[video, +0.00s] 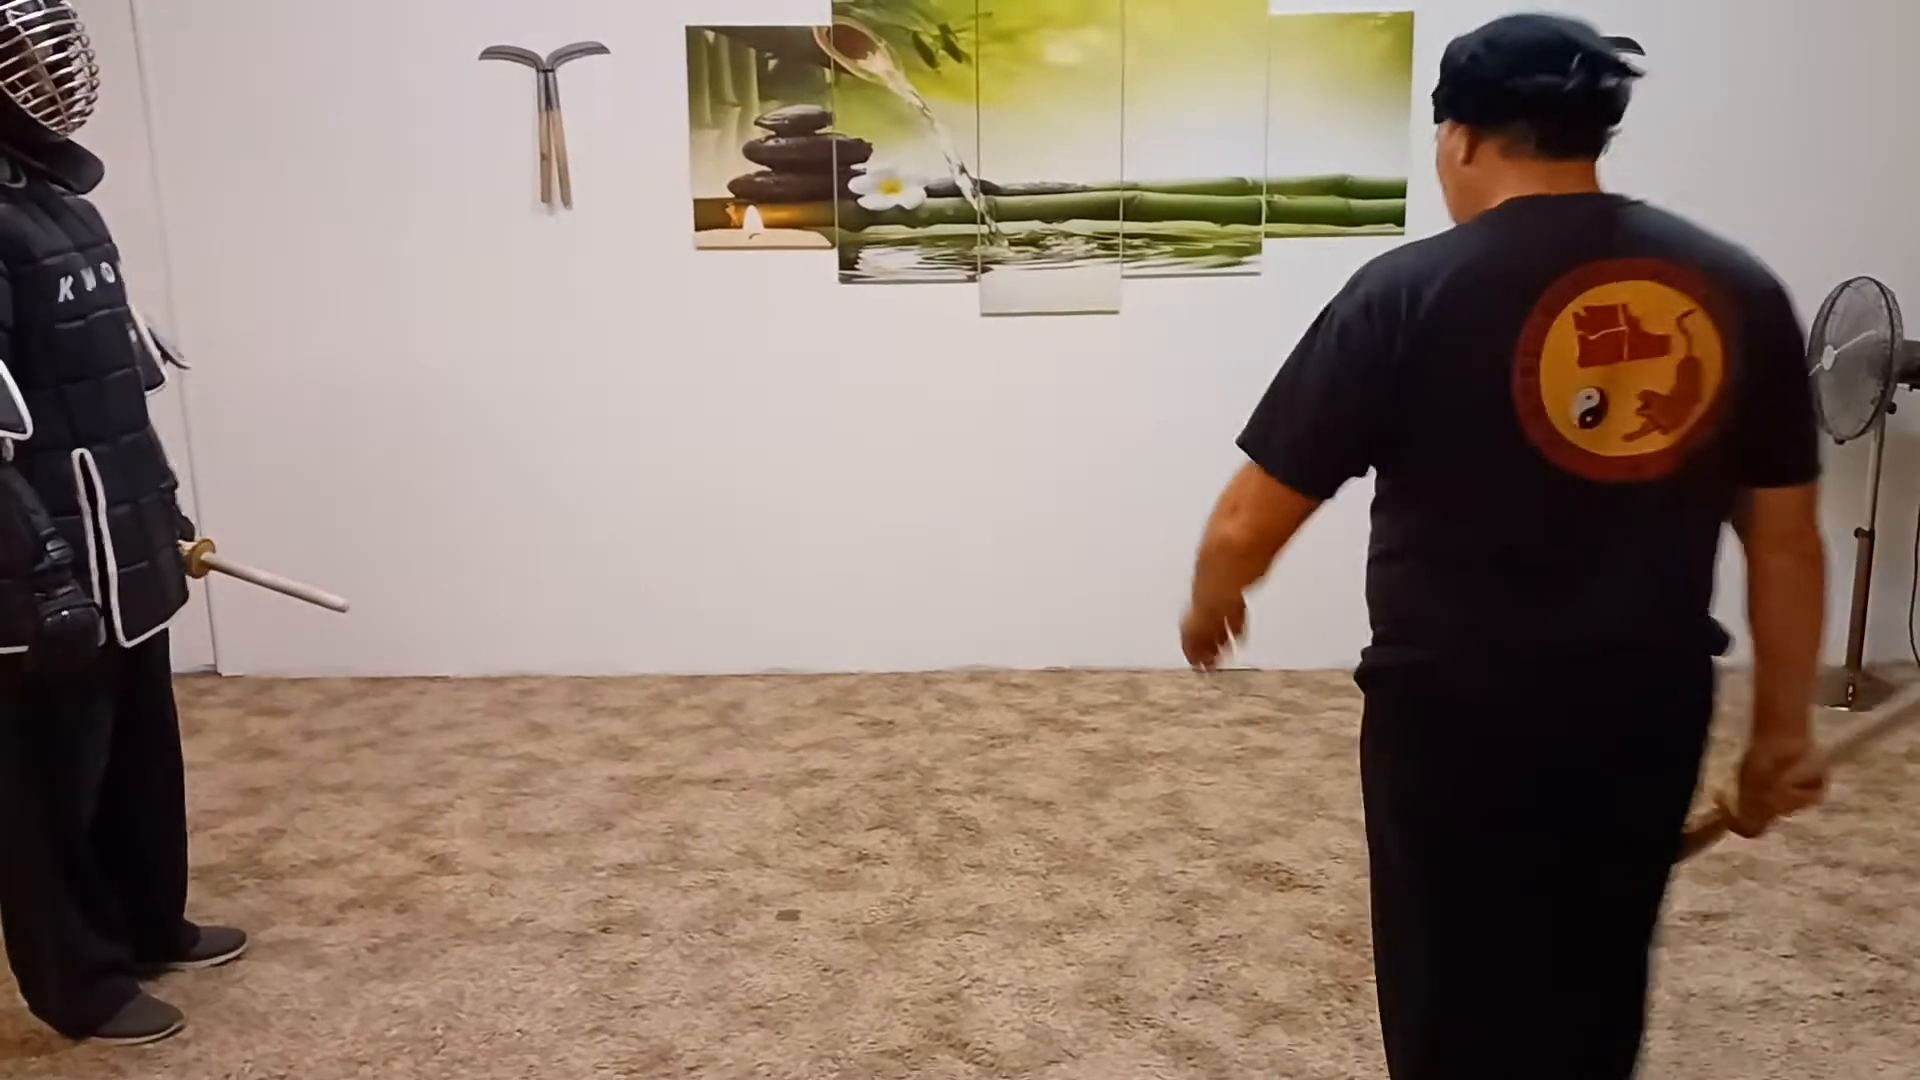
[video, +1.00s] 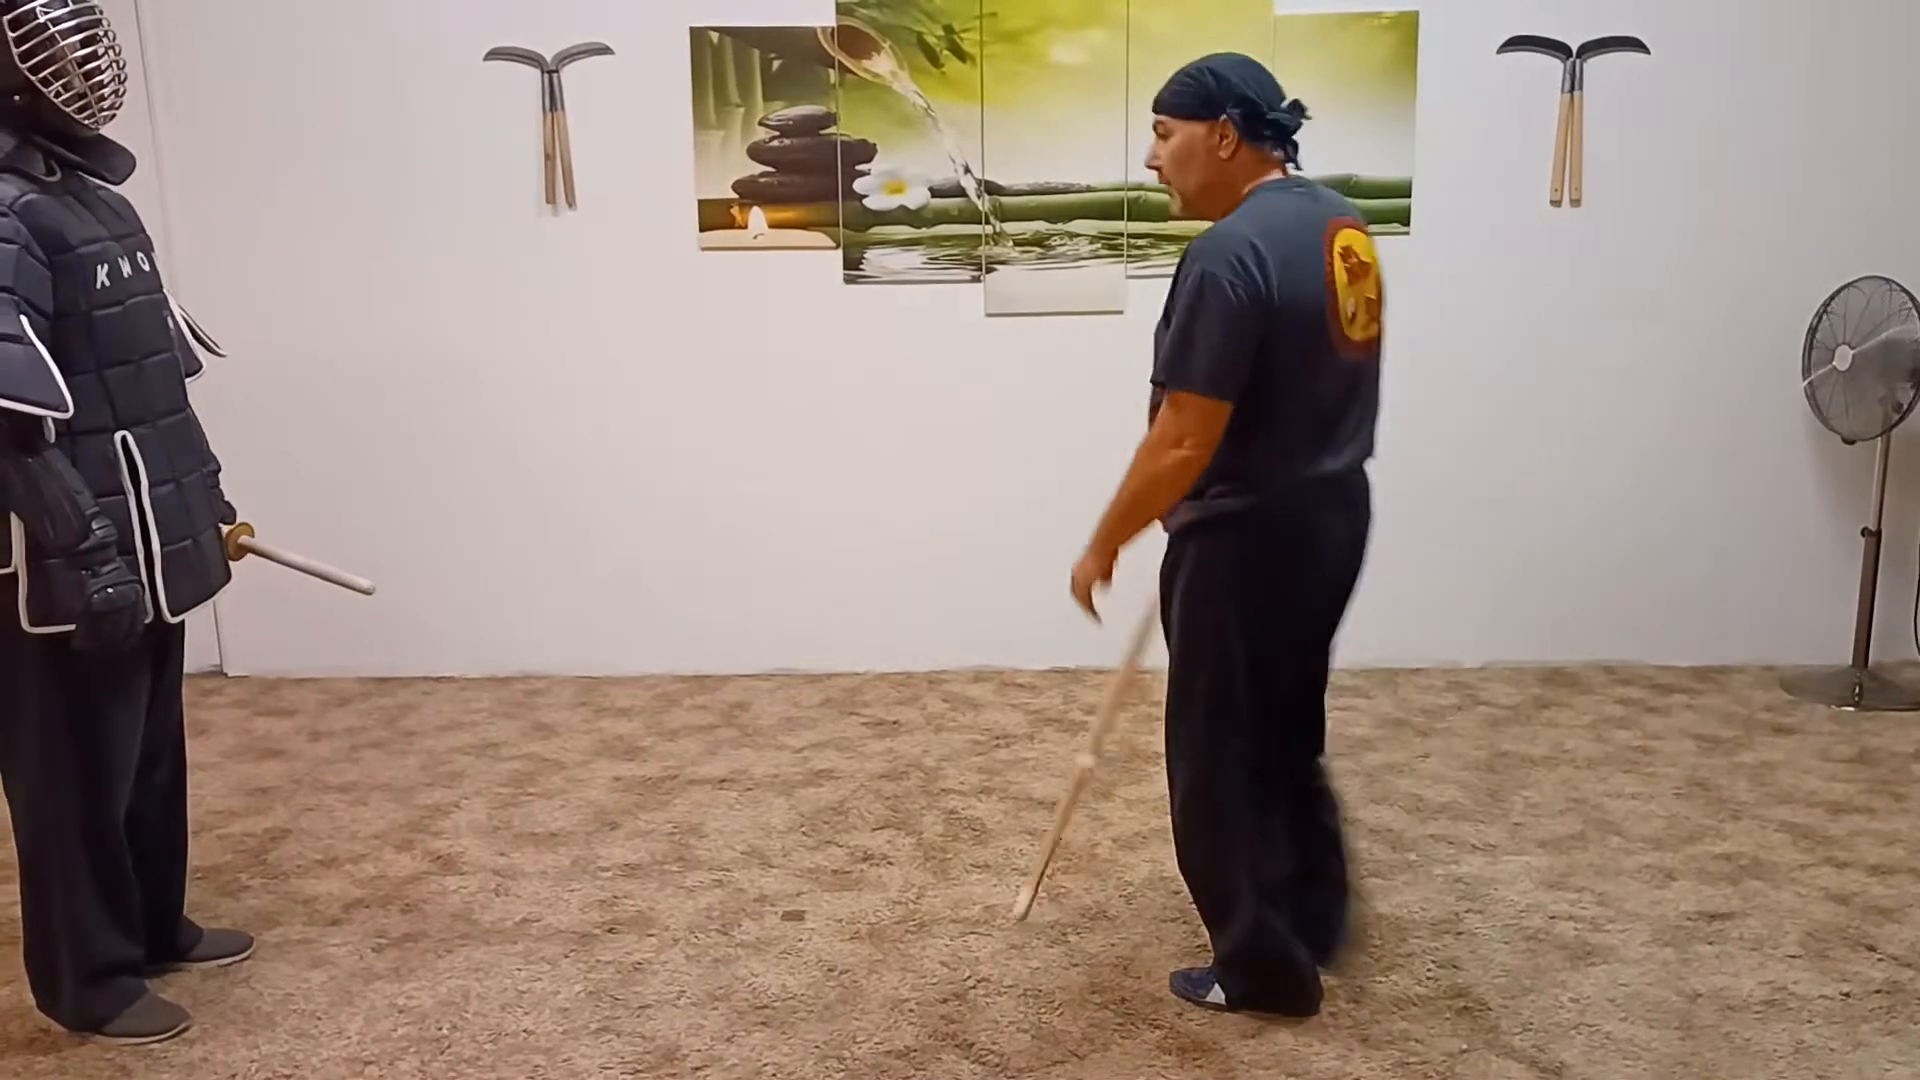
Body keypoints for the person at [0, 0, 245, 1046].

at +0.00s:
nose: (71, 79)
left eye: (70, 59)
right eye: (48, 63)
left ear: (63, 73)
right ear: (4, 81)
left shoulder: (69, 204)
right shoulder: (3, 216)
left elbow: (110, 386)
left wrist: (166, 511)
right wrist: (37, 568)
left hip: (120, 538)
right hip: (43, 558)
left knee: (136, 744)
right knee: (52, 771)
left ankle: (148, 928)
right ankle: (76, 985)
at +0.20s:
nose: (76, 73)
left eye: (73, 55)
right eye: (52, 58)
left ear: (58, 74)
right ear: (7, 79)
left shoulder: (74, 203)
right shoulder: (3, 219)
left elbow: (118, 382)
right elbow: (3, 428)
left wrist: (177, 504)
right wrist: (43, 567)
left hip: (127, 540)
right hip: (48, 559)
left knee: (136, 748)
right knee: (56, 775)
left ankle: (148, 931)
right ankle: (78, 985)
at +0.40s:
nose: (79, 74)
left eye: (77, 55)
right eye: (55, 59)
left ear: (67, 73)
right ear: (8, 79)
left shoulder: (81, 199)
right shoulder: (4, 216)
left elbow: (129, 380)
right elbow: (6, 425)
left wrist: (186, 505)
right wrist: (51, 567)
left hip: (133, 540)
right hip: (53, 560)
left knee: (140, 751)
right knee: (63, 776)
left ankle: (150, 932)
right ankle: (80, 986)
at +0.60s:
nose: (86, 69)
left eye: (81, 51)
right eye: (61, 54)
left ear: (61, 72)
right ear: (15, 76)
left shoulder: (87, 196)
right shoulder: (6, 214)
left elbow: (137, 377)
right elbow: (13, 421)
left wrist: (193, 503)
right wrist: (59, 561)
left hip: (139, 539)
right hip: (56, 558)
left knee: (142, 750)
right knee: (67, 772)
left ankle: (151, 932)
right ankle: (80, 983)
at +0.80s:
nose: (93, 66)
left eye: (89, 48)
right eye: (69, 51)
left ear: (67, 71)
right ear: (24, 73)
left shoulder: (95, 196)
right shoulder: (8, 212)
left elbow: (147, 374)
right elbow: (14, 419)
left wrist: (200, 496)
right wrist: (74, 556)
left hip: (146, 539)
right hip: (66, 557)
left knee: (145, 749)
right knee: (72, 770)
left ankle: (153, 930)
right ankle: (83, 982)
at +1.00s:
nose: (101, 69)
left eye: (96, 51)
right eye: (77, 54)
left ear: (62, 74)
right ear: (29, 73)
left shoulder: (104, 203)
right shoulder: (12, 214)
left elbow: (159, 381)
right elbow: (23, 413)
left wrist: (206, 504)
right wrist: (83, 546)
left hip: (146, 546)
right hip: (68, 559)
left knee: (147, 752)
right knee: (76, 773)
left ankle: (154, 930)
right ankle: (84, 982)